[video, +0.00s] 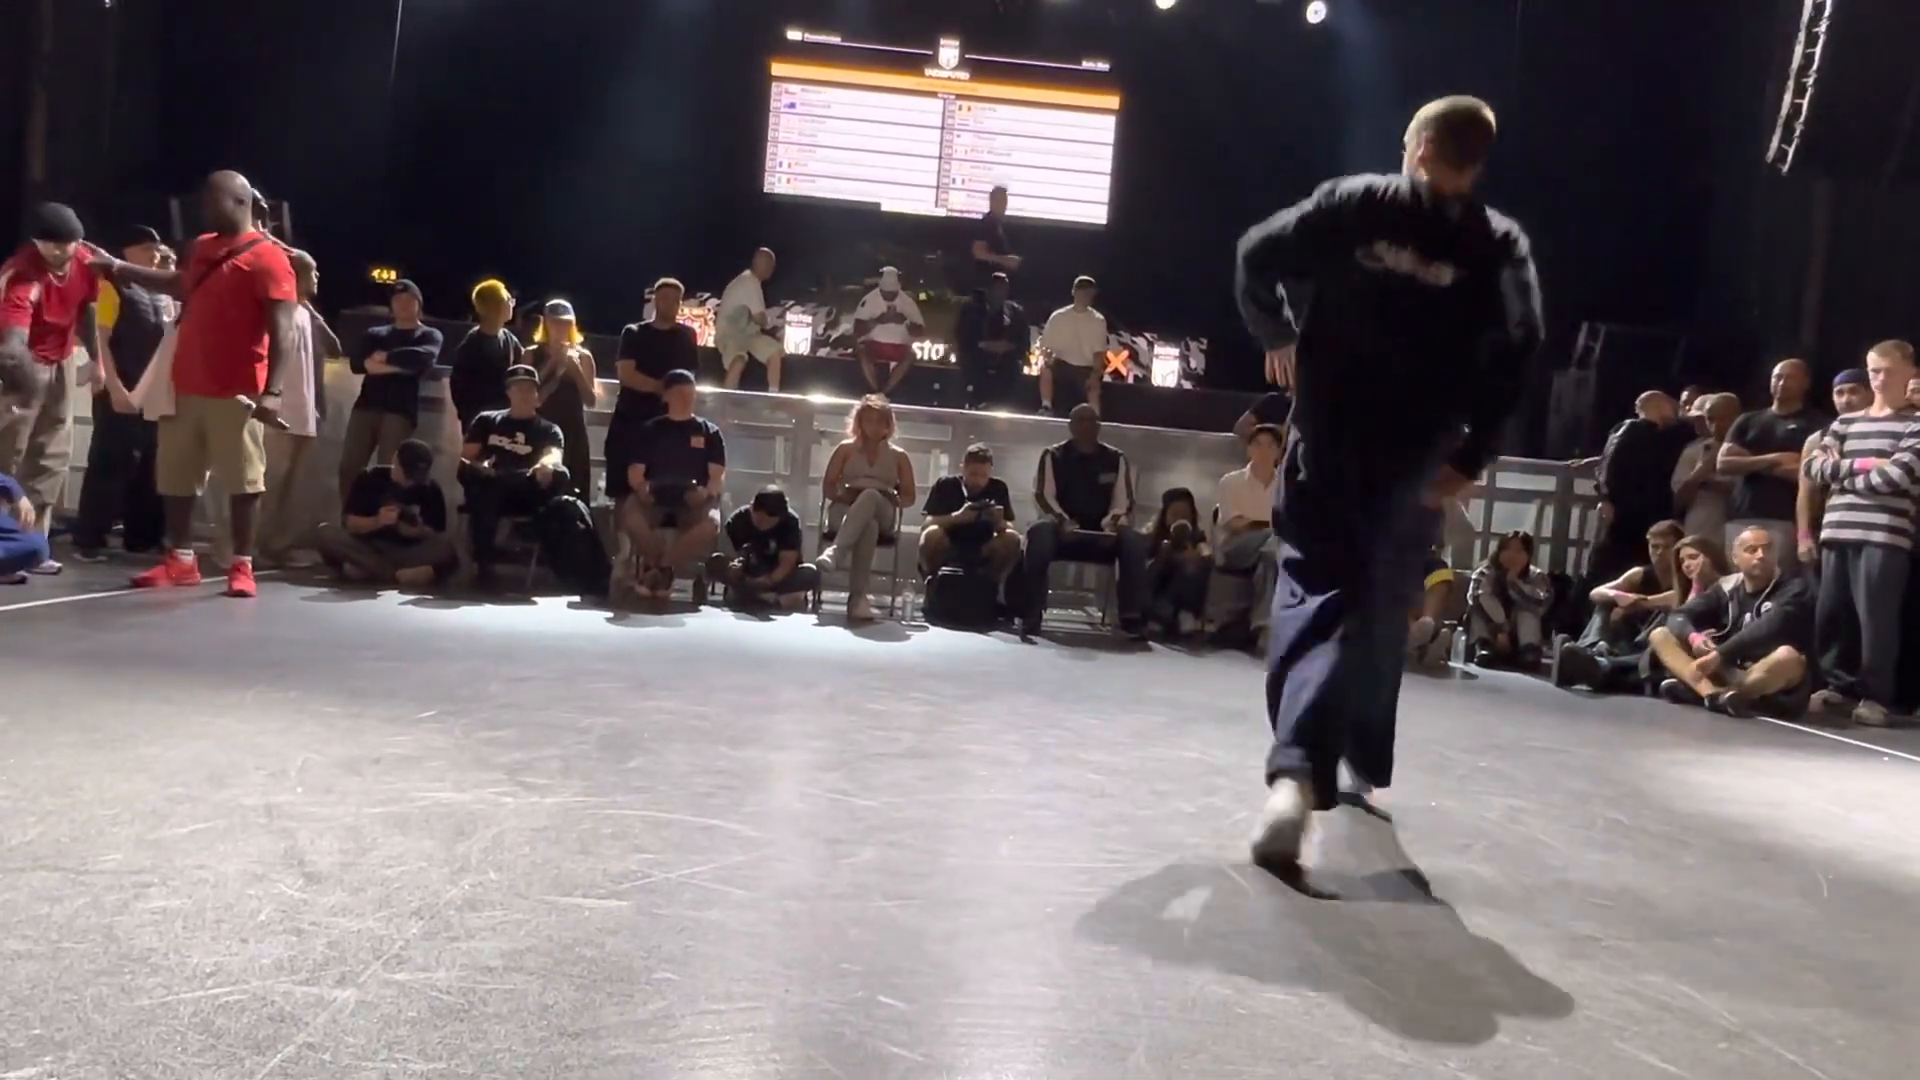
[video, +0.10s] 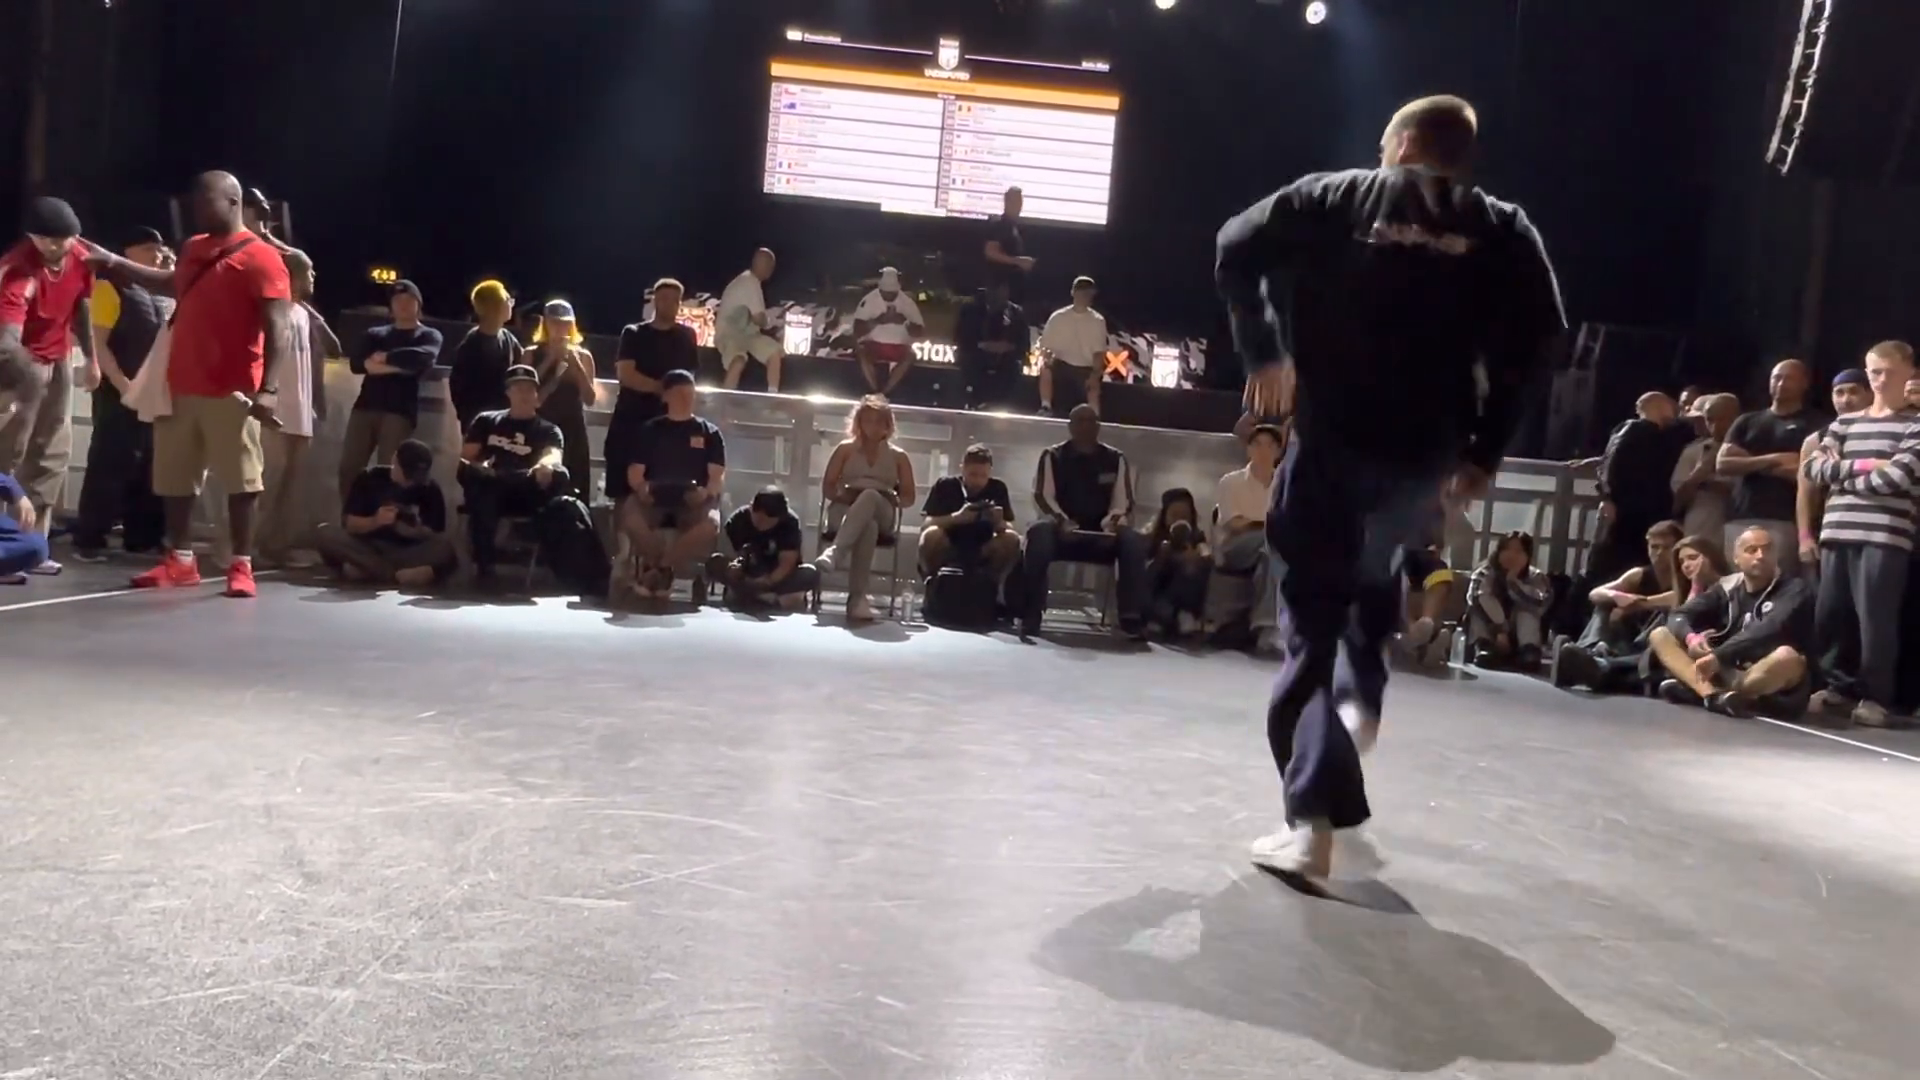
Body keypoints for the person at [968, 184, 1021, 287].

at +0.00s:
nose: (1003, 204)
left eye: (1004, 200)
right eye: (999, 200)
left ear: (1006, 201)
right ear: (992, 200)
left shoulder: (998, 223)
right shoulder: (987, 222)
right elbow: (978, 251)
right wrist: (1004, 260)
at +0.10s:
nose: (1018, 206)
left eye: (1019, 202)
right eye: (1015, 202)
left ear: (1021, 203)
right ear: (1007, 202)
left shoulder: (1014, 227)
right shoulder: (999, 225)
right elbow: (991, 251)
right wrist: (1018, 261)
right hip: (1000, 285)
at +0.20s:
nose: (1032, 206)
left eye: (1034, 202)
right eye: (1028, 201)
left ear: (1036, 204)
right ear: (1020, 202)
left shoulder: (1030, 228)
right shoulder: (1011, 226)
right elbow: (1001, 250)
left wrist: (1037, 261)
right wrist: (1030, 261)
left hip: (1029, 285)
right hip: (1016, 285)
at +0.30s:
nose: (1046, 206)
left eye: (1048, 202)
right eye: (1042, 202)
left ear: (1049, 204)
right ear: (1034, 202)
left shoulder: (1044, 228)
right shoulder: (1023, 226)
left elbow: (1037, 251)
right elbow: (1013, 251)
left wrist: (1047, 260)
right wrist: (1041, 260)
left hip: (1039, 283)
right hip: (1024, 283)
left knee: (1038, 321)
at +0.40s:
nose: (1058, 210)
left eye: (1061, 206)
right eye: (1055, 205)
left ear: (1063, 208)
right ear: (1048, 205)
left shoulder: (1058, 230)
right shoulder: (1040, 229)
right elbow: (1026, 253)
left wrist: (1061, 262)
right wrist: (1055, 264)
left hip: (1052, 287)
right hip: (1037, 287)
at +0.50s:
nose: (1076, 212)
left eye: (1077, 208)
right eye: (1072, 208)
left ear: (1078, 210)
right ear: (1065, 208)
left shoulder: (1072, 232)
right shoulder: (1055, 231)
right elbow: (1041, 257)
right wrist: (1072, 267)